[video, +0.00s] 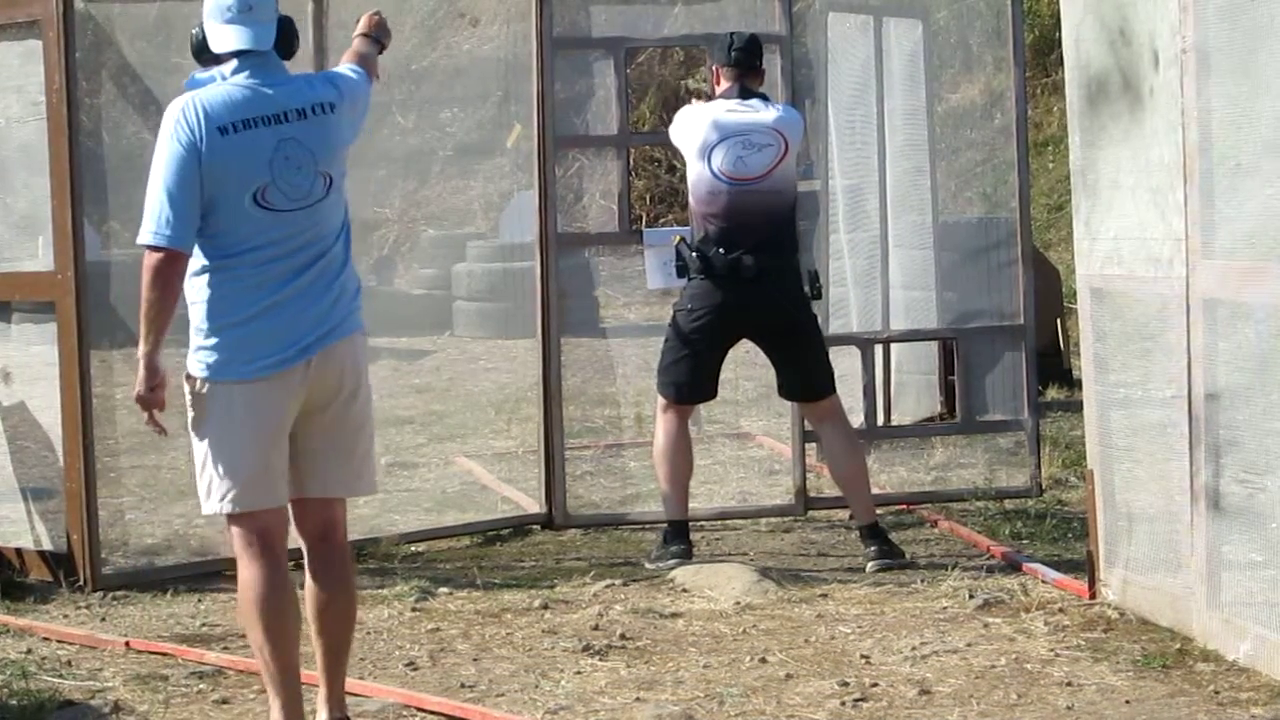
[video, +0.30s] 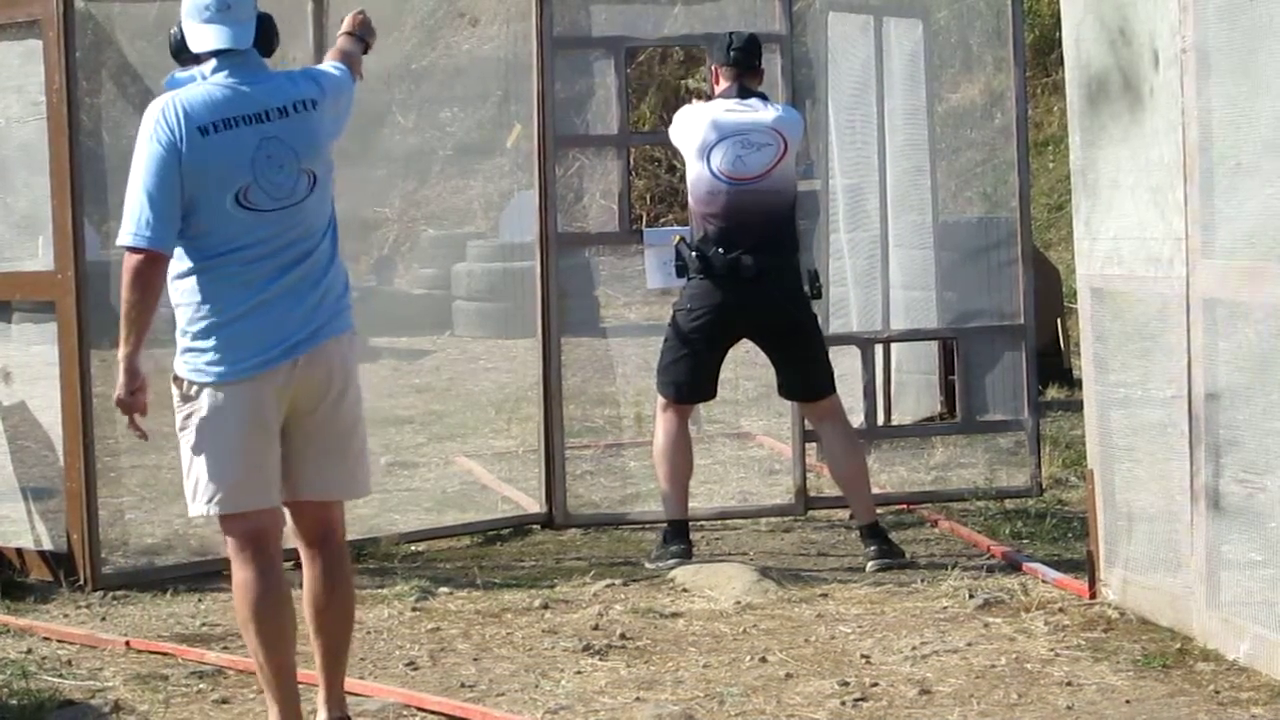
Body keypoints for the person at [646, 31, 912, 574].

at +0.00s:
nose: (713, 82)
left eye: (712, 75)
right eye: (725, 75)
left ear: (717, 77)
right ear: (762, 76)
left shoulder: (691, 121)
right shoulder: (791, 121)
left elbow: (693, 126)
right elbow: (762, 127)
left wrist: (719, 99)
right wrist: (736, 96)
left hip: (711, 296)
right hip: (781, 295)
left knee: (673, 409)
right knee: (828, 414)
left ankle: (675, 539)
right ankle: (874, 536)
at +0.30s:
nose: (712, 81)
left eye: (711, 75)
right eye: (723, 74)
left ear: (716, 77)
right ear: (761, 76)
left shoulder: (690, 120)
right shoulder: (790, 120)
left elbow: (693, 127)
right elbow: (763, 126)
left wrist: (720, 98)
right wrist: (737, 95)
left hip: (710, 295)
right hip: (781, 294)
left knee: (672, 408)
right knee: (828, 414)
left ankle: (675, 539)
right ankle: (874, 536)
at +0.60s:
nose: (714, 82)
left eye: (713, 75)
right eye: (730, 74)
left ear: (718, 77)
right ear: (762, 76)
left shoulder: (691, 121)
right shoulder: (792, 122)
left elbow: (696, 125)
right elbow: (760, 124)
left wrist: (717, 100)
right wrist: (734, 97)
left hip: (711, 296)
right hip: (781, 295)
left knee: (673, 408)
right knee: (828, 414)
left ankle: (675, 538)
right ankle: (874, 536)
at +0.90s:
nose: (711, 81)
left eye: (710, 74)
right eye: (724, 74)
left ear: (716, 77)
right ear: (761, 76)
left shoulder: (689, 121)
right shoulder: (791, 121)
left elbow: (701, 133)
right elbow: (759, 128)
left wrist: (718, 99)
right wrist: (733, 97)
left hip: (711, 295)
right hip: (781, 294)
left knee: (673, 408)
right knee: (828, 414)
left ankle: (675, 538)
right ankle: (874, 536)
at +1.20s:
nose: (713, 83)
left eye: (711, 76)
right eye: (727, 75)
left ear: (715, 77)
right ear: (760, 78)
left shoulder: (689, 123)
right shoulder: (791, 122)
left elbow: (701, 128)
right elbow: (760, 128)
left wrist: (716, 97)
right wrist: (737, 95)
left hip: (712, 296)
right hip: (781, 294)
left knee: (673, 408)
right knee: (828, 415)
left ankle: (676, 538)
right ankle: (875, 536)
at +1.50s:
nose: (761, 85)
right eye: (762, 77)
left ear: (713, 79)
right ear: (761, 78)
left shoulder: (682, 128)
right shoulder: (781, 119)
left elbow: (709, 168)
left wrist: (727, 101)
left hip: (708, 296)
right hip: (777, 292)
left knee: (683, 414)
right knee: (830, 412)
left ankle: (679, 539)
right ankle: (867, 534)